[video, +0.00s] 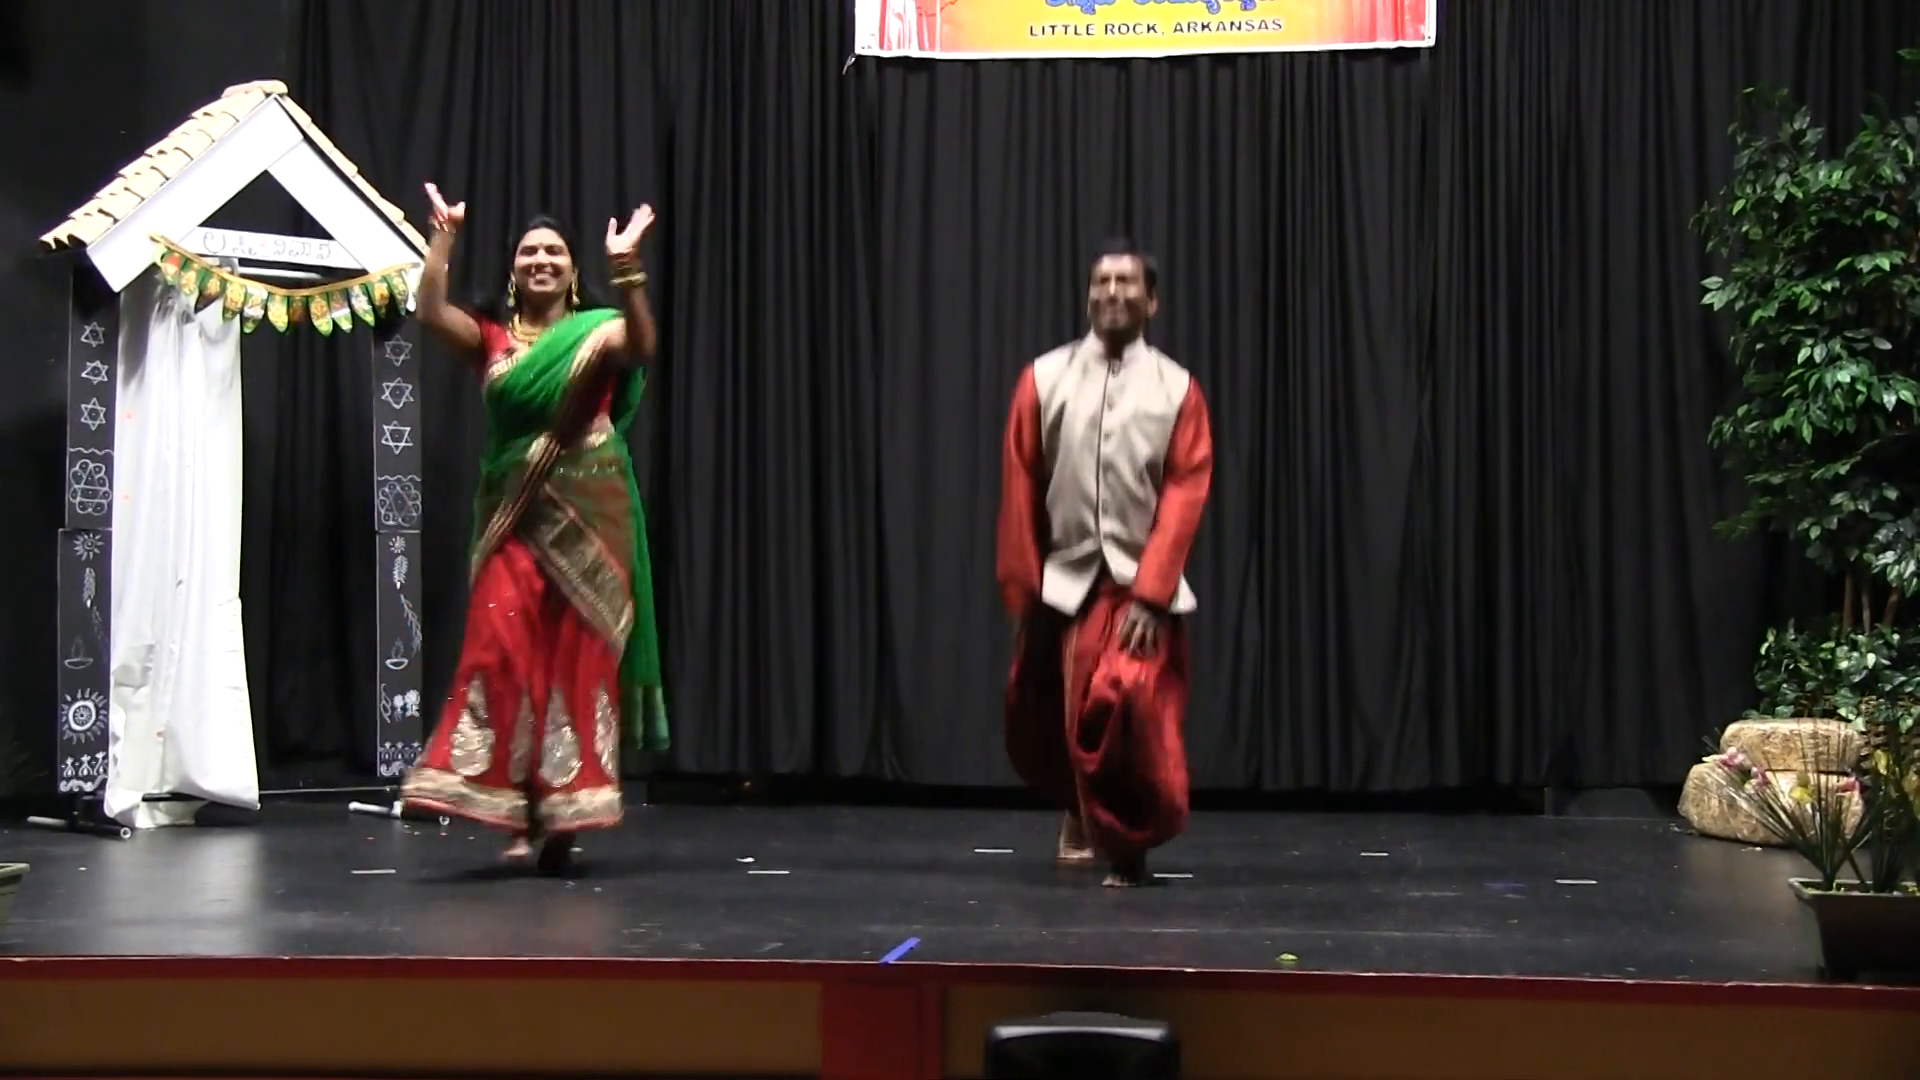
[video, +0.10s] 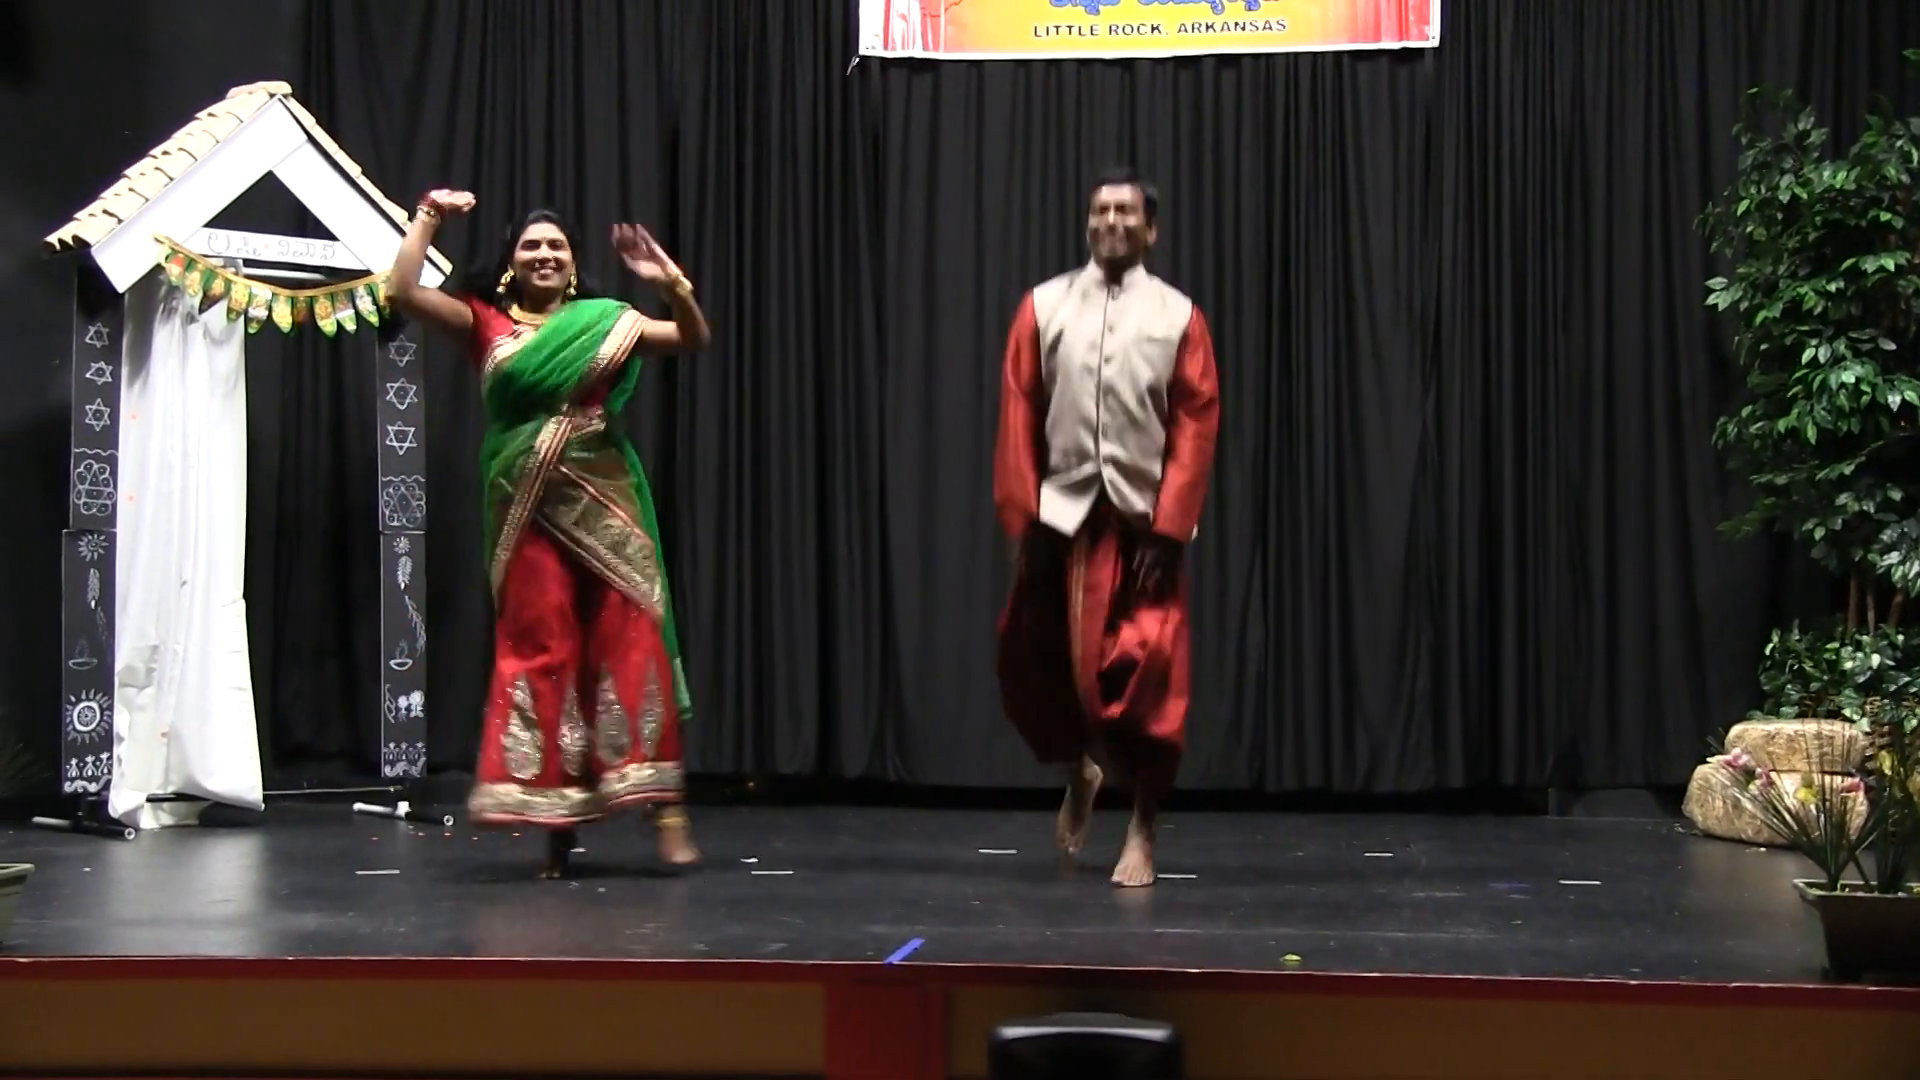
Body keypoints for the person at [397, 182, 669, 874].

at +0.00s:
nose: (540, 261)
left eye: (553, 254)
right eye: (528, 254)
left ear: (572, 274)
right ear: (512, 275)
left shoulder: (595, 330)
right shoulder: (493, 338)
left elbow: (640, 344)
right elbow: (432, 310)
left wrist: (627, 272)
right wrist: (444, 236)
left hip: (590, 509)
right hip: (515, 508)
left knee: (578, 655)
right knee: (500, 642)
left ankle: (563, 819)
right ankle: (522, 816)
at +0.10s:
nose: (544, 253)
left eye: (555, 245)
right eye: (531, 246)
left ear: (574, 264)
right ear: (513, 265)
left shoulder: (606, 320)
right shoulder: (489, 322)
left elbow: (694, 337)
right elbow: (402, 290)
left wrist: (674, 284)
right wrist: (429, 215)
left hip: (608, 493)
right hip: (529, 499)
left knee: (636, 637)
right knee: (544, 647)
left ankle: (667, 807)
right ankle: (557, 814)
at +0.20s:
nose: (551, 272)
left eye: (560, 264)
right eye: (538, 264)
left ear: (574, 279)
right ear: (512, 280)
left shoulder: (603, 333)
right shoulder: (486, 343)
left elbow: (699, 337)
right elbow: (393, 318)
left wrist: (693, 349)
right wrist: (436, 248)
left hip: (612, 518)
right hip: (530, 528)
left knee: (675, 642)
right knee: (545, 673)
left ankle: (759, 806)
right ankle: (563, 837)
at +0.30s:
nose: (561, 292)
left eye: (567, 283)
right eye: (545, 283)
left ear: (577, 296)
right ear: (514, 299)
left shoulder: (605, 348)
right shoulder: (491, 367)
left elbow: (698, 363)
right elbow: (392, 364)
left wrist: (706, 428)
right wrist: (444, 302)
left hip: (620, 533)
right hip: (539, 545)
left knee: (688, 668)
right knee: (545, 684)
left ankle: (779, 805)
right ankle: (581, 839)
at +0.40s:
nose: (573, 303)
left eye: (575, 293)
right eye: (557, 292)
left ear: (578, 306)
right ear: (519, 308)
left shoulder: (606, 359)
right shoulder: (491, 379)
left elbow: (693, 394)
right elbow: (401, 382)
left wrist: (696, 464)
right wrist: (447, 328)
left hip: (639, 543)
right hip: (556, 558)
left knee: (691, 689)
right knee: (555, 694)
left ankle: (777, 819)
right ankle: (586, 847)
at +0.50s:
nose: (579, 308)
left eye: (579, 298)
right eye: (565, 298)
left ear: (577, 308)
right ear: (525, 311)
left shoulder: (602, 361)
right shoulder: (493, 379)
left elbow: (687, 396)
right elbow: (413, 366)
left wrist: (687, 455)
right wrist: (468, 312)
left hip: (650, 532)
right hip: (574, 553)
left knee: (711, 667)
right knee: (576, 690)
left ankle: (784, 810)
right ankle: (587, 843)